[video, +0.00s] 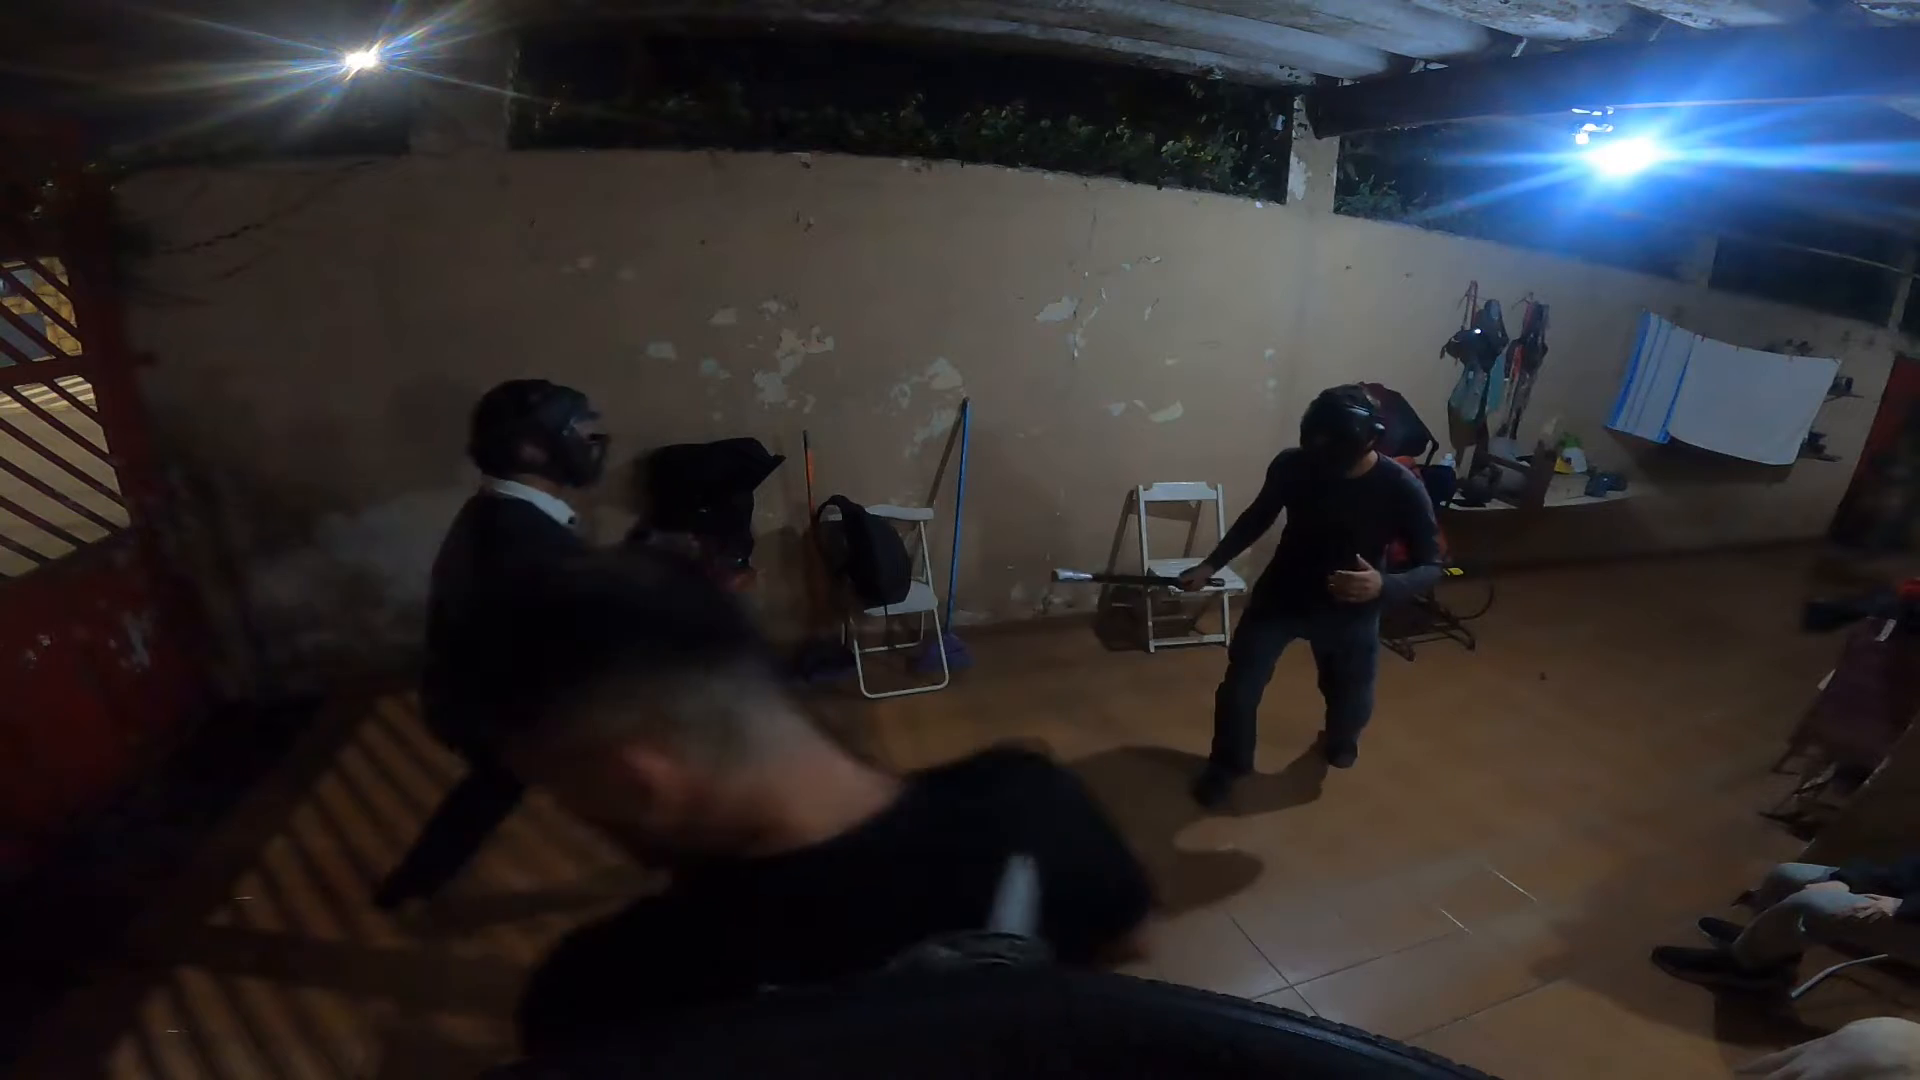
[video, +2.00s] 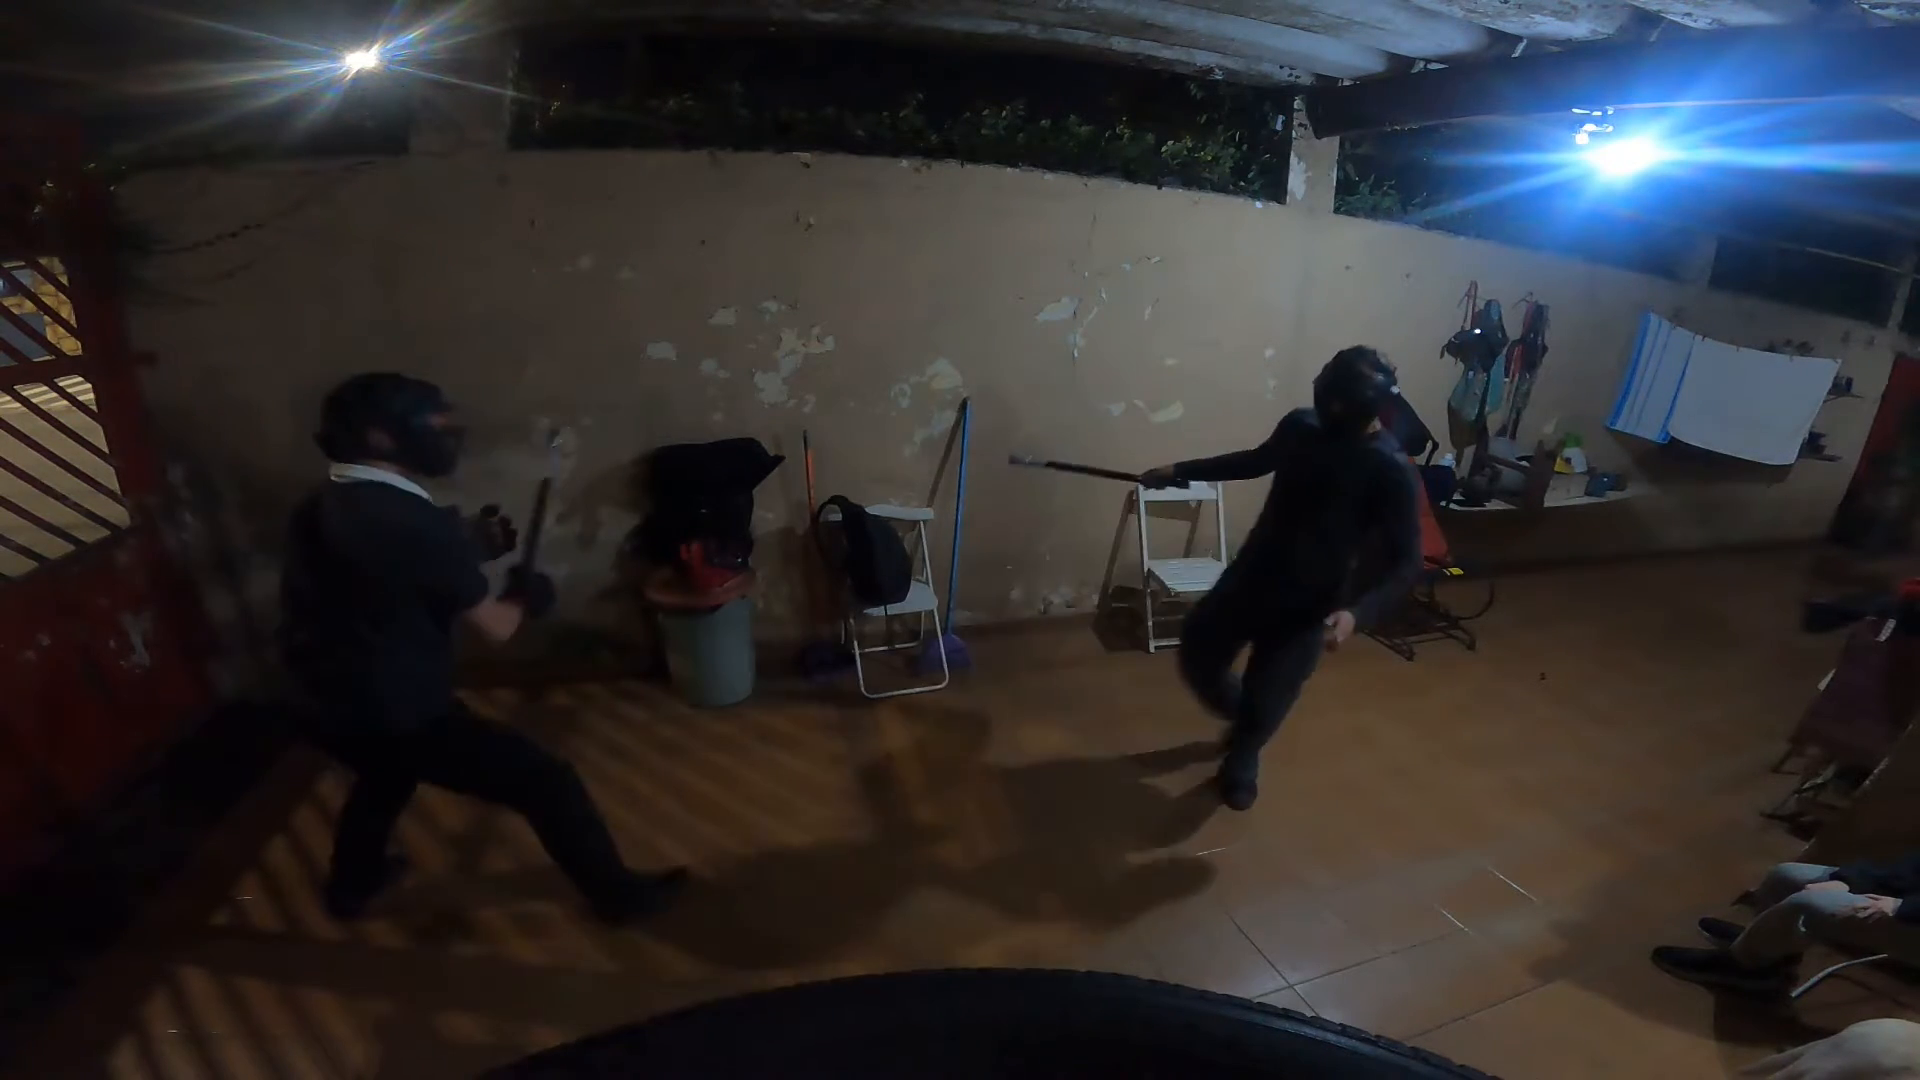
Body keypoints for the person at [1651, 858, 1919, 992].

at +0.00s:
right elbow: (1911, 871)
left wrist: (1903, 908)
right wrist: (1847, 878)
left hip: (1912, 922)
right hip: (1904, 890)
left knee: (1807, 905)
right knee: (1786, 877)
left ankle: (1742, 960)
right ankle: (1754, 941)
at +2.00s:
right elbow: (1909, 869)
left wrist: (1903, 908)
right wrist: (1846, 879)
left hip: (1911, 924)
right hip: (1902, 893)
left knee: (1806, 906)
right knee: (1786, 876)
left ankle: (1740, 961)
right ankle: (1752, 941)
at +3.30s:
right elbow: (1911, 869)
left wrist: (1878, 908)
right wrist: (1847, 881)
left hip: (1911, 924)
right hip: (1899, 893)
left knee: (1799, 912)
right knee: (1783, 878)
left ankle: (1737, 963)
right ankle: (1766, 954)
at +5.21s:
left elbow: (1914, 915)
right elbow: (1908, 869)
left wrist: (1858, 908)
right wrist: (1845, 883)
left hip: (1912, 925)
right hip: (1903, 891)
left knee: (1794, 916)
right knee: (1782, 879)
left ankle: (1743, 962)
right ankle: (1757, 946)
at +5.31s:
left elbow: (1914, 916)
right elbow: (1908, 871)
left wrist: (1858, 908)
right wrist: (1844, 882)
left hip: (1911, 926)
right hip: (1902, 891)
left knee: (1795, 915)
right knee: (1781, 879)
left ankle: (1741, 962)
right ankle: (1756, 946)